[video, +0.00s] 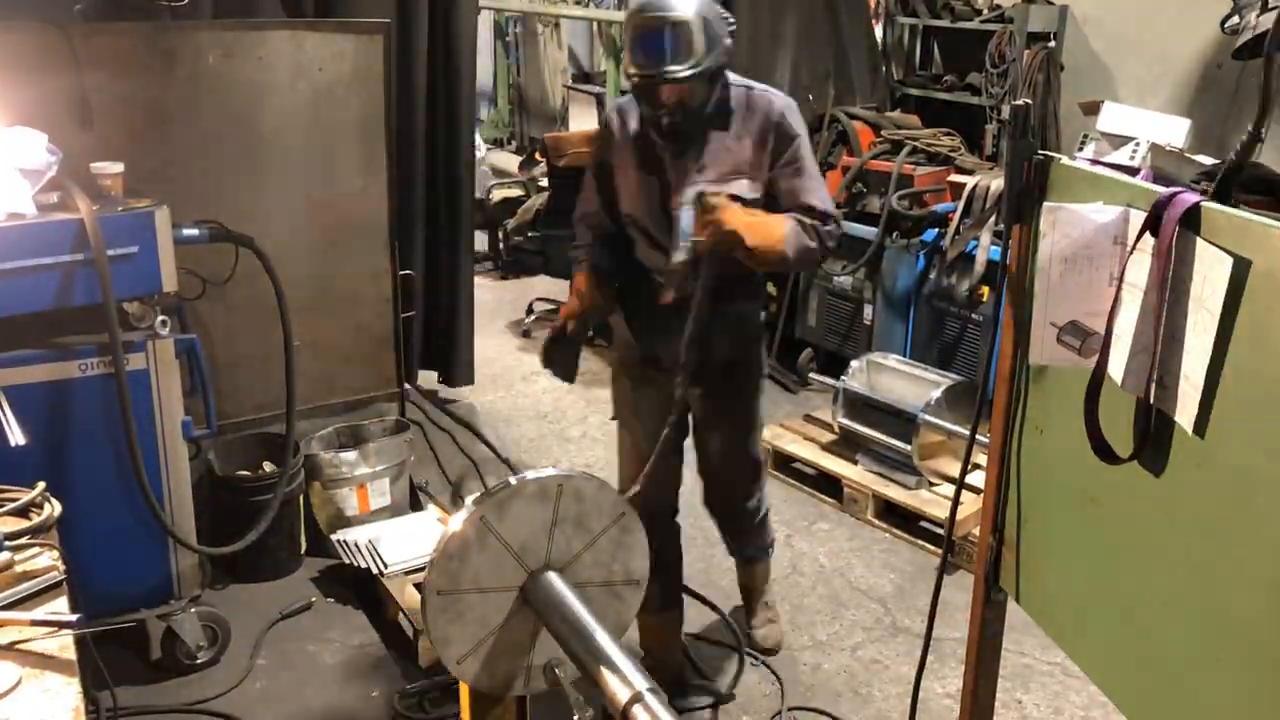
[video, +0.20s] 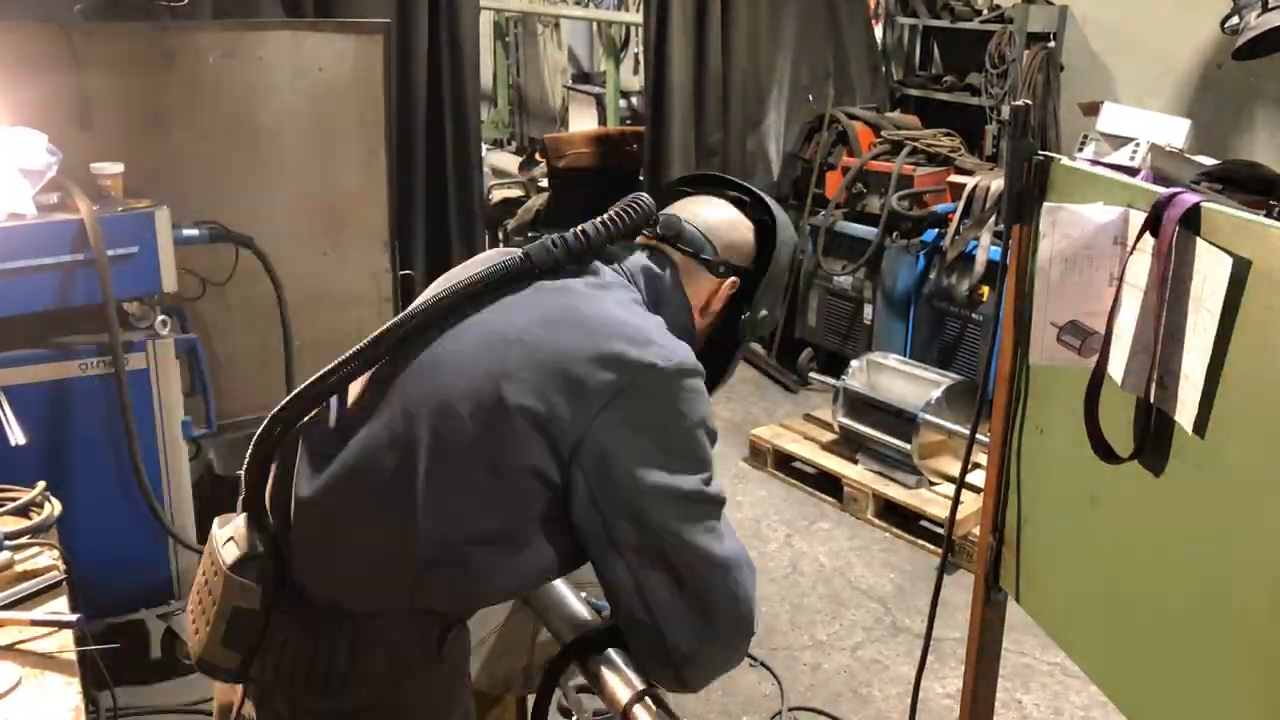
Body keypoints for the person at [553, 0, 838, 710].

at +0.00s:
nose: (666, 96)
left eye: (682, 80)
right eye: (651, 80)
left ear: (717, 64)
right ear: (633, 70)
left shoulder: (771, 117)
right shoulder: (620, 122)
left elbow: (819, 233)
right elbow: (594, 222)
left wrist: (752, 227)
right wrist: (584, 284)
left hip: (729, 330)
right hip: (642, 328)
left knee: (732, 483)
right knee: (645, 495)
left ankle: (756, 590)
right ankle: (659, 640)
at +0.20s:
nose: (720, 318)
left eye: (728, 302)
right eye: (731, 301)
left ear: (637, 241)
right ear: (717, 295)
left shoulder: (519, 267)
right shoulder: (645, 365)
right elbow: (705, 638)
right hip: (366, 626)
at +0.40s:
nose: (638, 357)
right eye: (651, 343)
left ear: (582, 240)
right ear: (632, 318)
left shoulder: (393, 214)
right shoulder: (550, 366)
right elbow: (653, 628)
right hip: (313, 617)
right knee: (421, 695)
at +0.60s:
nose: (654, 363)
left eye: (669, 356)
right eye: (671, 353)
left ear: (603, 243)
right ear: (659, 328)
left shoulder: (417, 225)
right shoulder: (571, 374)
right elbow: (647, 636)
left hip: (204, 574)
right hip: (332, 635)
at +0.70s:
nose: (319, 187)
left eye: (333, 162)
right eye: (298, 172)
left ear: (347, 133)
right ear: (235, 155)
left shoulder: (365, 168)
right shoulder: (143, 199)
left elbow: (421, 280)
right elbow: (124, 385)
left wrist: (458, 360)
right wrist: (196, 491)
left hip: (339, 410)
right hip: (232, 425)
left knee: (354, 608)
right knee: (258, 635)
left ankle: (335, 699)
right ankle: (269, 716)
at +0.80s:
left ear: (5, 167)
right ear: (9, 166)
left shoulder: (173, 190)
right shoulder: (41, 260)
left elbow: (278, 380)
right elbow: (81, 422)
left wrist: (165, 546)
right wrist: (23, 551)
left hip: (297, 438)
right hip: (187, 454)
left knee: (382, 676)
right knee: (233, 690)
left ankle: (438, 705)